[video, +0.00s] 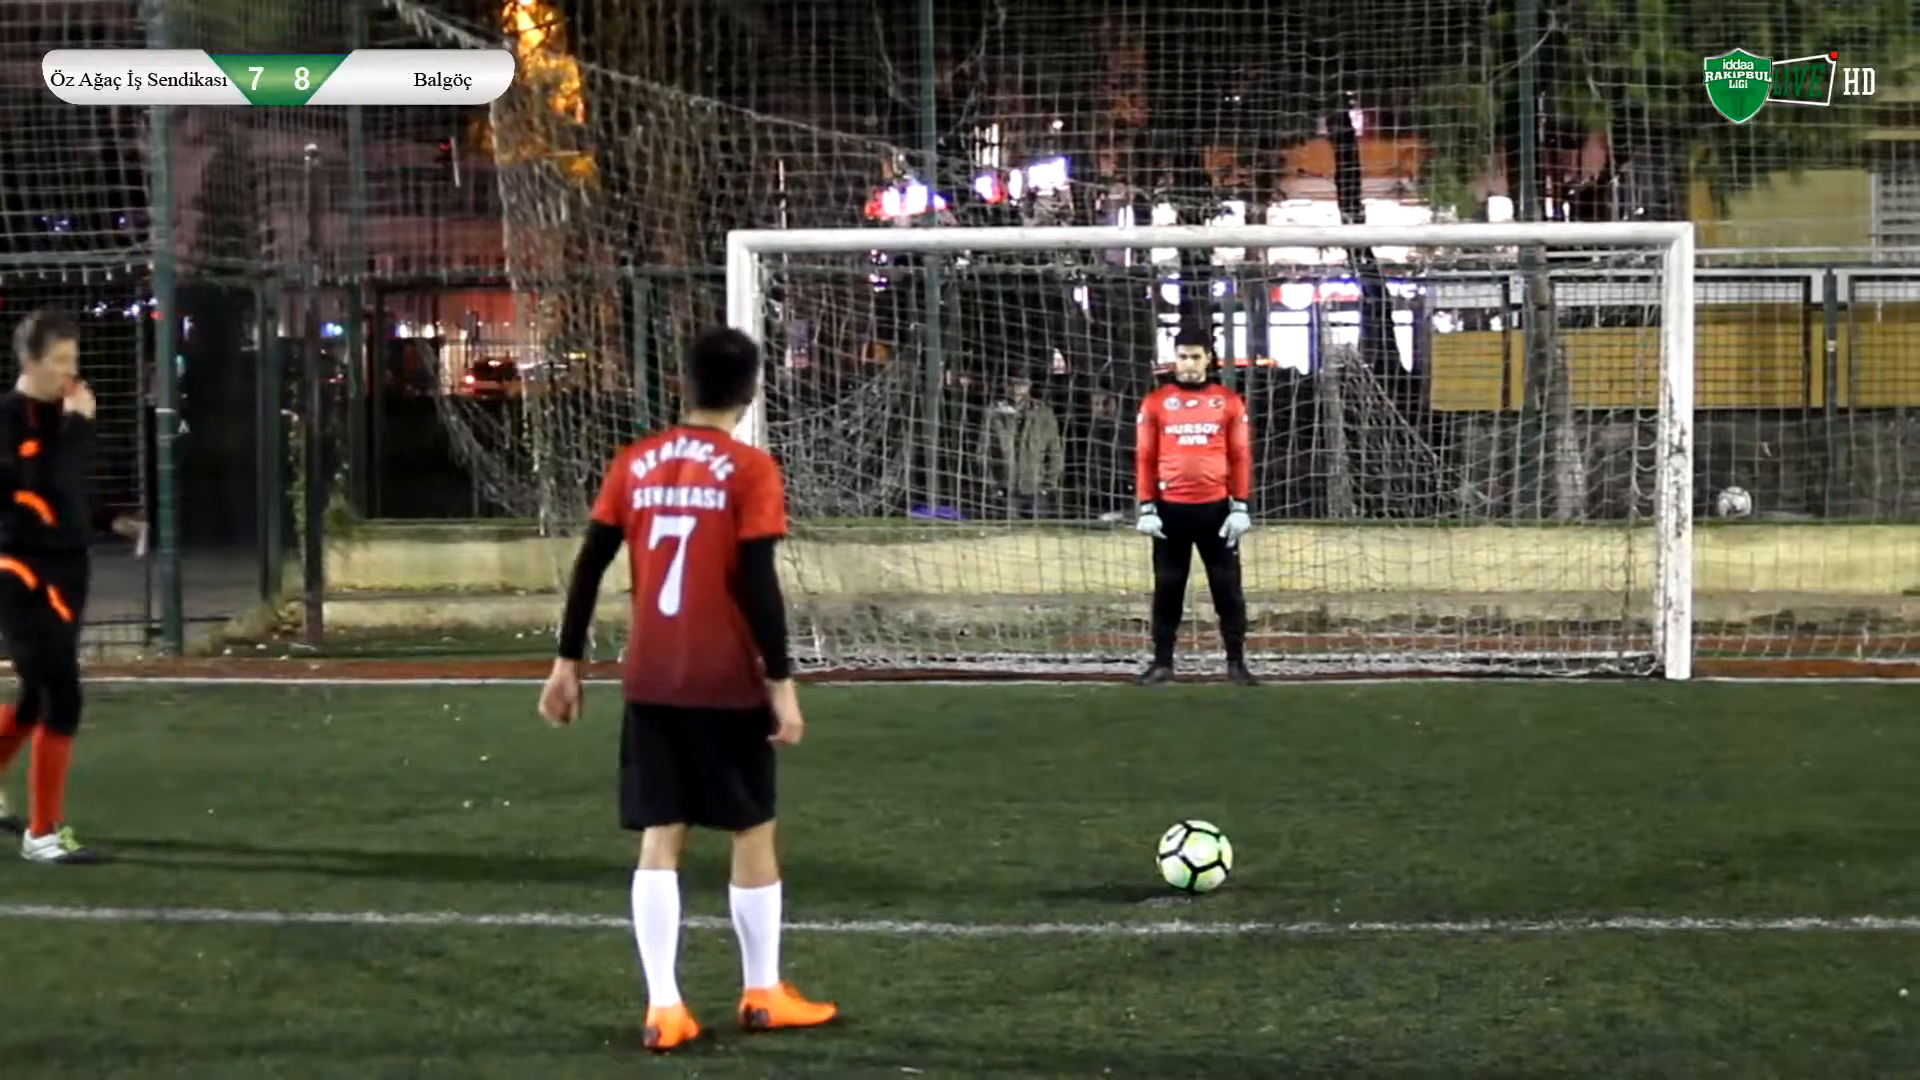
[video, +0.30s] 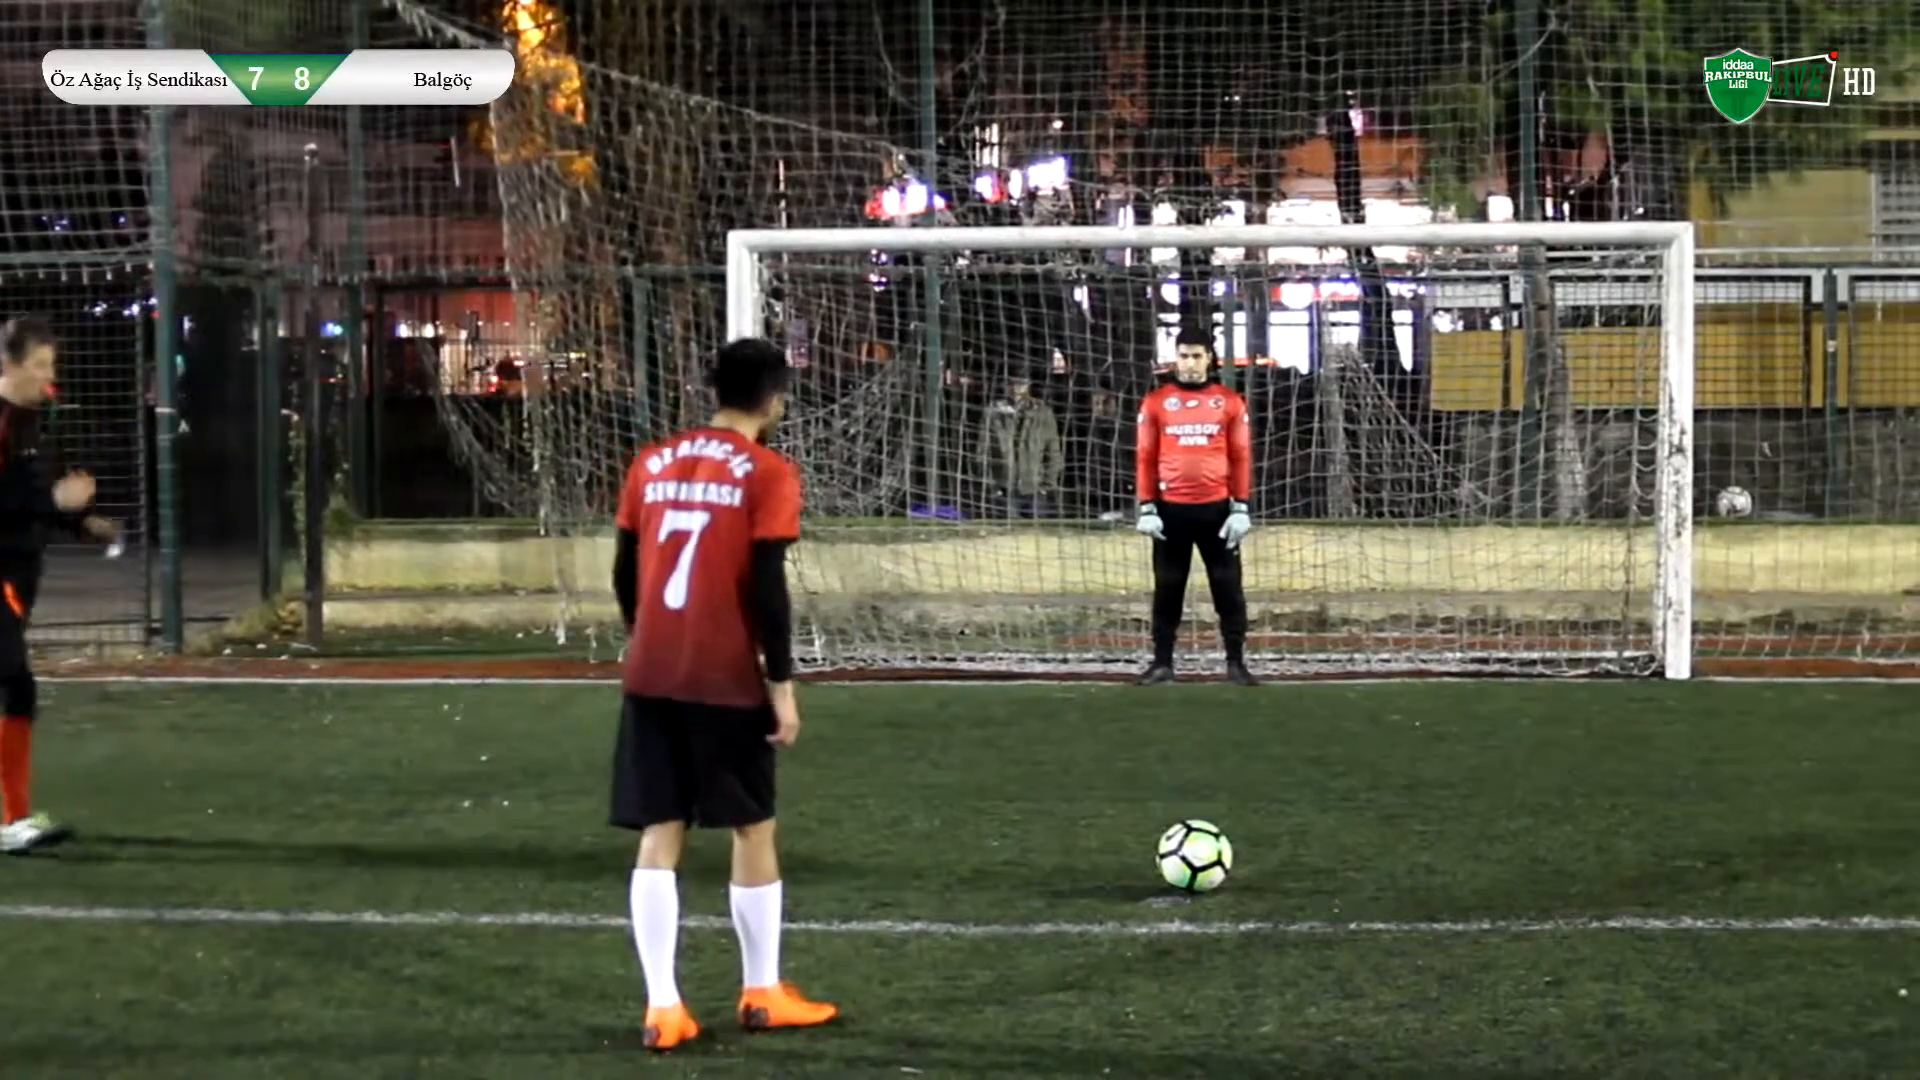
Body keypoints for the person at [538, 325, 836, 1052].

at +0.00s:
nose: (754, 394)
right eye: (756, 385)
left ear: (687, 385)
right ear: (750, 392)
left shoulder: (635, 461)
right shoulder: (753, 468)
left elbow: (590, 562)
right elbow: (755, 576)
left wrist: (567, 658)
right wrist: (781, 679)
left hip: (650, 684)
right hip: (730, 684)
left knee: (660, 832)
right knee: (754, 830)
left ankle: (662, 1004)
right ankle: (764, 989)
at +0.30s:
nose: (784, 408)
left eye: (783, 397)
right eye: (784, 398)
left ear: (714, 393)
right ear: (772, 401)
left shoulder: (652, 461)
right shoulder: (771, 473)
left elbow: (625, 574)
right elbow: (765, 580)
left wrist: (651, 644)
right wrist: (782, 679)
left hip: (650, 676)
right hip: (728, 679)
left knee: (660, 829)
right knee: (754, 828)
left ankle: (662, 1004)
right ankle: (764, 988)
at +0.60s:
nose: (807, 421)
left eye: (806, 409)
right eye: (807, 410)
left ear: (743, 400)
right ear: (795, 411)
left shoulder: (677, 463)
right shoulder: (790, 474)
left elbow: (647, 576)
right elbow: (778, 577)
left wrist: (694, 630)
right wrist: (792, 680)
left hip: (662, 671)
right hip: (738, 675)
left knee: (668, 827)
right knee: (764, 825)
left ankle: (664, 1003)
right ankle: (766, 987)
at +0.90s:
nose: (838, 435)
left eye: (836, 424)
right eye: (838, 424)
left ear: (775, 418)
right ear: (825, 426)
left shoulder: (711, 480)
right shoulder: (817, 486)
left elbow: (670, 584)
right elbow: (797, 571)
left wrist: (705, 642)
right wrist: (800, 675)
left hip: (695, 683)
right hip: (766, 683)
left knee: (686, 832)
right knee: (829, 795)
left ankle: (665, 1002)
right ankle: (809, 958)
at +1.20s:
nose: (919, 491)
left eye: (917, 481)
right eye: (917, 481)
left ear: (857, 476)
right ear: (906, 479)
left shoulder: (815, 520)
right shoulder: (906, 521)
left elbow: (815, 612)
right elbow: (888, 587)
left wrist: (893, 647)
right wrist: (886, 671)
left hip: (787, 697)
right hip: (855, 697)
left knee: (757, 831)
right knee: (928, 808)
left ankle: (694, 970)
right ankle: (896, 964)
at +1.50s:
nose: (985, 429)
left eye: (981, 421)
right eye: (981, 421)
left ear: (926, 433)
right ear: (974, 426)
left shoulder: (899, 487)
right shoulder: (1009, 484)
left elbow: (806, 506)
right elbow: (1075, 555)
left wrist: (818, 565)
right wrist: (1138, 581)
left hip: (948, 664)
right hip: (1006, 657)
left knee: (1021, 764)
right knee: (1015, 784)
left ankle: (1060, 863)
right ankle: (958, 849)